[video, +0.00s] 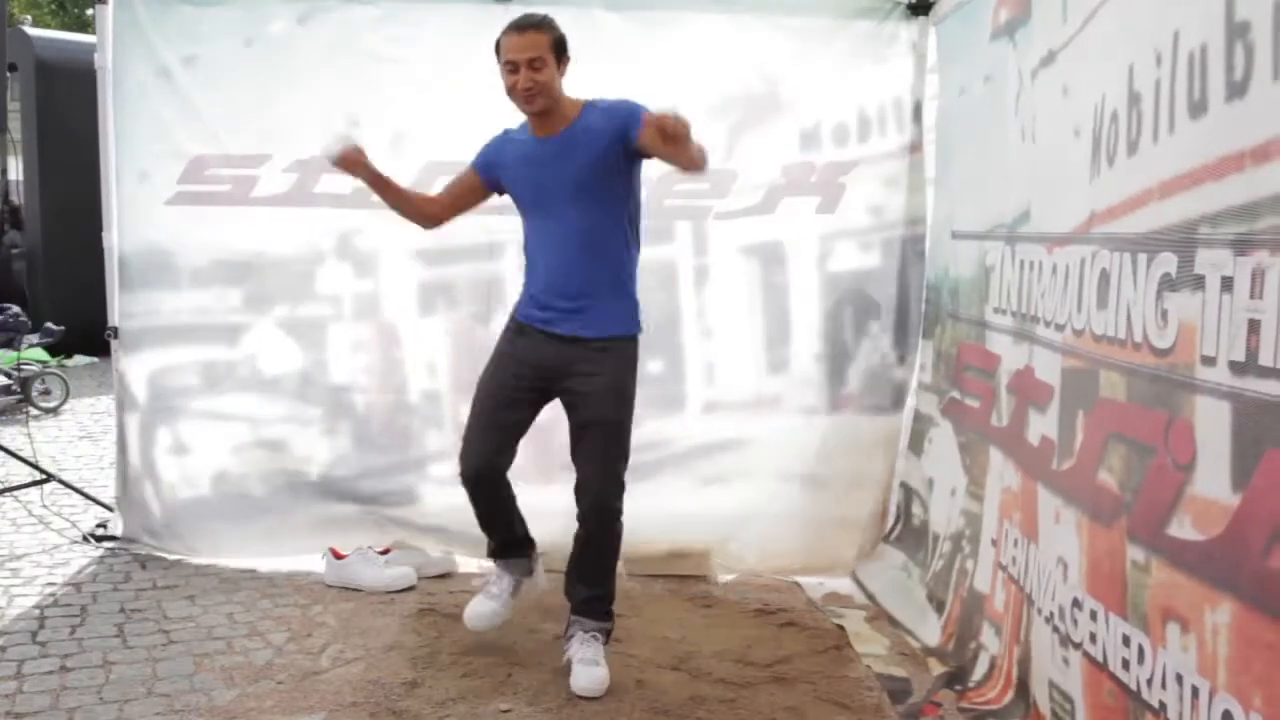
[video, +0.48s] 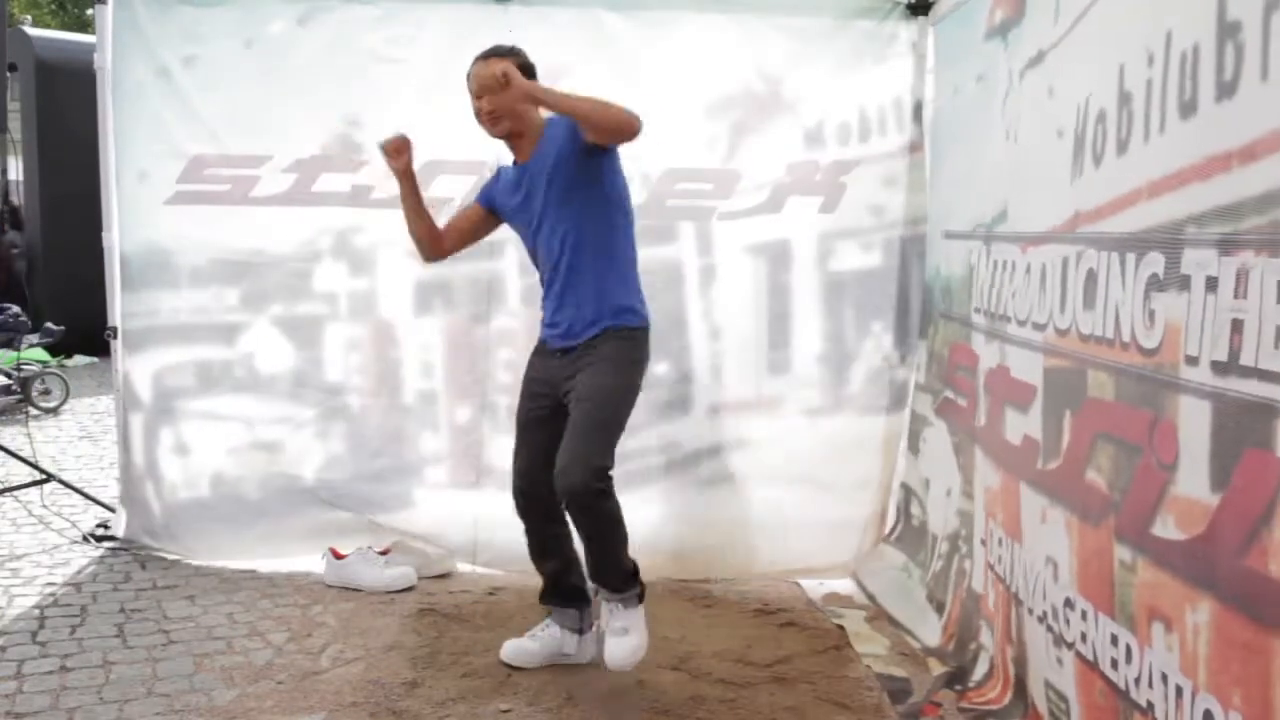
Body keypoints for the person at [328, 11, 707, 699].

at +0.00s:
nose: (525, 79)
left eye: (536, 65)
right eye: (512, 69)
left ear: (563, 64)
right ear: (502, 77)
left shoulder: (616, 120)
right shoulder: (505, 151)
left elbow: (692, 163)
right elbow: (430, 213)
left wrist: (677, 138)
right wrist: (369, 175)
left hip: (605, 341)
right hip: (530, 333)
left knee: (600, 492)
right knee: (478, 465)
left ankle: (589, 629)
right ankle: (515, 561)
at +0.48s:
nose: (486, 105)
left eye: (495, 90)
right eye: (476, 98)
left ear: (528, 89)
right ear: (473, 109)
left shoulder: (575, 133)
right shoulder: (504, 185)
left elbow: (627, 126)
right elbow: (434, 246)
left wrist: (535, 91)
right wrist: (405, 177)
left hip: (614, 336)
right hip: (554, 345)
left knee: (578, 478)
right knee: (532, 487)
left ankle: (622, 598)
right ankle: (572, 621)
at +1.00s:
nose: (502, 110)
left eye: (513, 95)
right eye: (491, 101)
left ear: (543, 94)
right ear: (485, 112)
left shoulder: (589, 117)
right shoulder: (528, 198)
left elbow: (678, 129)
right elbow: (484, 284)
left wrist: (634, 152)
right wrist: (439, 218)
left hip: (662, 306)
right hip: (609, 324)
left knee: (538, 354)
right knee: (588, 474)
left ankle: (577, 516)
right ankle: (615, 638)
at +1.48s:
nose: (537, 78)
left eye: (550, 66)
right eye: (524, 69)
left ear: (576, 74)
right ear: (514, 85)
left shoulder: (628, 114)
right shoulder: (540, 180)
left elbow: (721, 173)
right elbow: (520, 279)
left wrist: (660, 209)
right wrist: (475, 232)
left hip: (669, 313)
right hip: (615, 325)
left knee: (532, 370)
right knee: (607, 490)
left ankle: (568, 556)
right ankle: (640, 649)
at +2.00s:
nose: (554, 51)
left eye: (567, 37)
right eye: (550, 39)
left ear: (614, 41)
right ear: (555, 50)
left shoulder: (649, 111)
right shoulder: (592, 131)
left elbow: (626, 220)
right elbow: (607, 238)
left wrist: (512, 213)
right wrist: (528, 259)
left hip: (642, 336)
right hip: (587, 323)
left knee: (626, 505)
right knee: (502, 433)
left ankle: (644, 653)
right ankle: (589, 535)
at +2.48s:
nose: (537, 64)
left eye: (548, 50)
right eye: (532, 53)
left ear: (590, 50)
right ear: (550, 58)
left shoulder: (613, 100)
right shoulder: (593, 126)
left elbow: (568, 187)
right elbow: (599, 236)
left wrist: (505, 271)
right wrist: (524, 219)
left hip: (633, 329)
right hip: (581, 326)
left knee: (631, 494)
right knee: (524, 459)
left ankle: (665, 641)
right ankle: (577, 592)